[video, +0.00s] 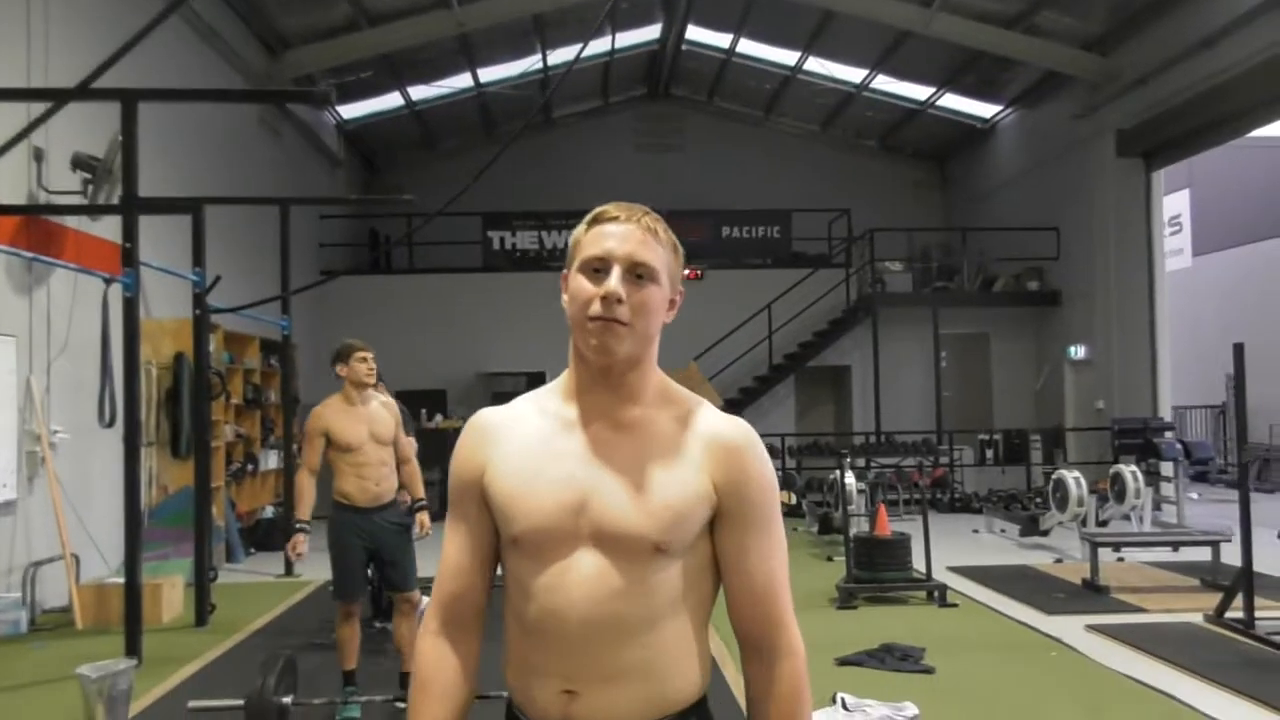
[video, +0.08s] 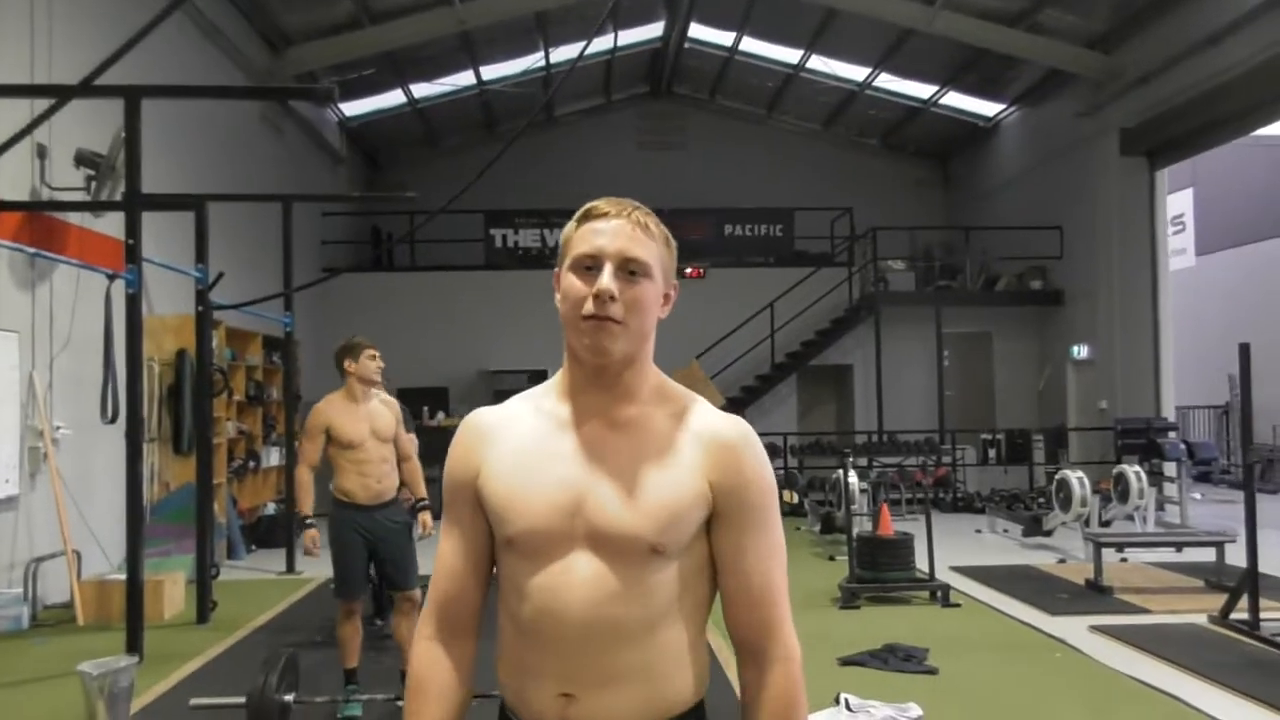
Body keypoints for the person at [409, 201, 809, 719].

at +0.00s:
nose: (612, 290)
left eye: (638, 276)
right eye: (594, 270)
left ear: (672, 304)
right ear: (566, 289)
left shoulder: (725, 447)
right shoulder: (491, 438)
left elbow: (771, 650)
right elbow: (448, 632)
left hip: (678, 712)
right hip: (530, 713)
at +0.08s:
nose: (604, 288)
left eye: (631, 272)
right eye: (586, 268)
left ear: (666, 300)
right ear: (557, 286)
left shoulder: (723, 446)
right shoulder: (485, 438)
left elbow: (768, 655)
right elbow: (444, 638)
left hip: (673, 711)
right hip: (523, 711)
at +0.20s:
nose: (595, 284)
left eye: (621, 266)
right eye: (576, 264)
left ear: (659, 291)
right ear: (548, 284)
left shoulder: (722, 444)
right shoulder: (476, 437)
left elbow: (759, 656)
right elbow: (436, 640)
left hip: (667, 712)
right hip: (515, 712)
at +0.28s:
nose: (587, 281)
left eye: (613, 262)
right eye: (568, 261)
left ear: (653, 286)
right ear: (540, 281)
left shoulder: (719, 440)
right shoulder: (469, 436)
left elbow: (753, 654)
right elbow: (428, 642)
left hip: (662, 709)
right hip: (508, 710)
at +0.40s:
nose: (565, 285)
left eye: (591, 264)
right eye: (544, 265)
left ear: (631, 288)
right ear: (516, 287)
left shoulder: (703, 445)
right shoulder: (449, 444)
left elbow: (740, 660)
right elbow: (405, 654)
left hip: (641, 709)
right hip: (490, 710)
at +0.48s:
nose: (545, 289)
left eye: (571, 268)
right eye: (523, 269)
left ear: (611, 289)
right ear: (495, 292)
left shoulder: (687, 448)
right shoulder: (429, 450)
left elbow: (730, 663)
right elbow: (386, 664)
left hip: (627, 708)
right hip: (474, 708)